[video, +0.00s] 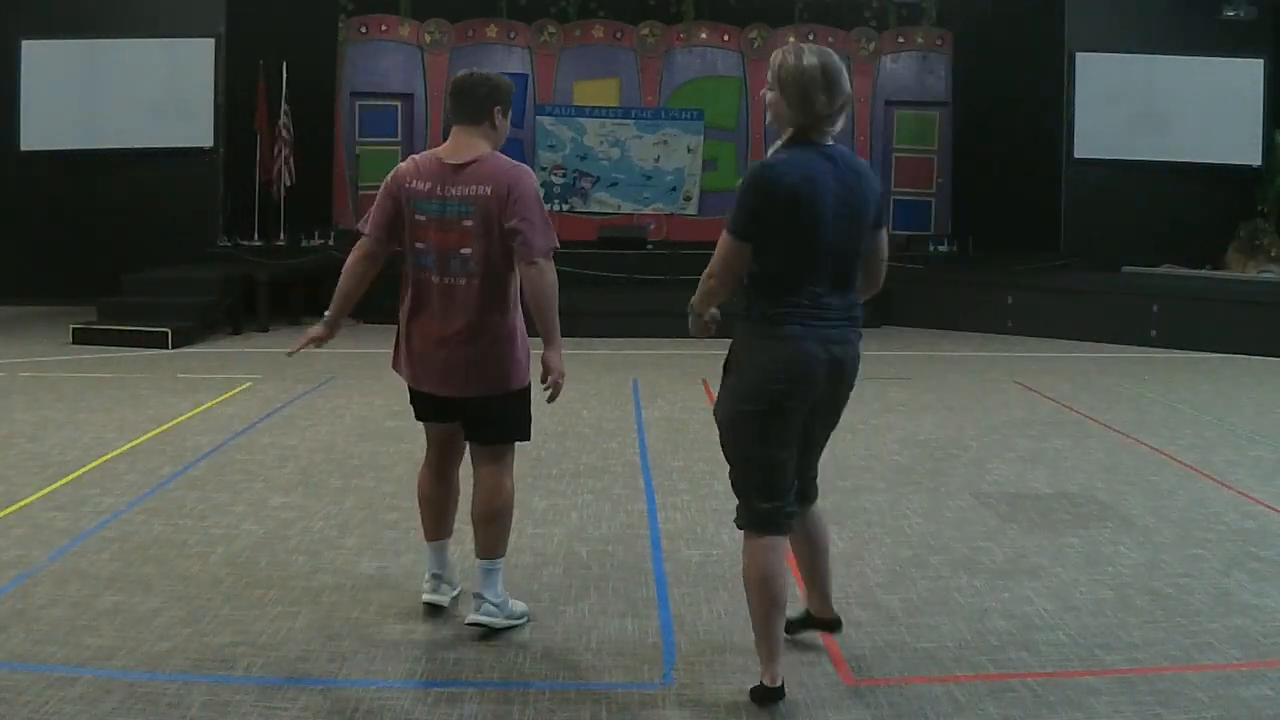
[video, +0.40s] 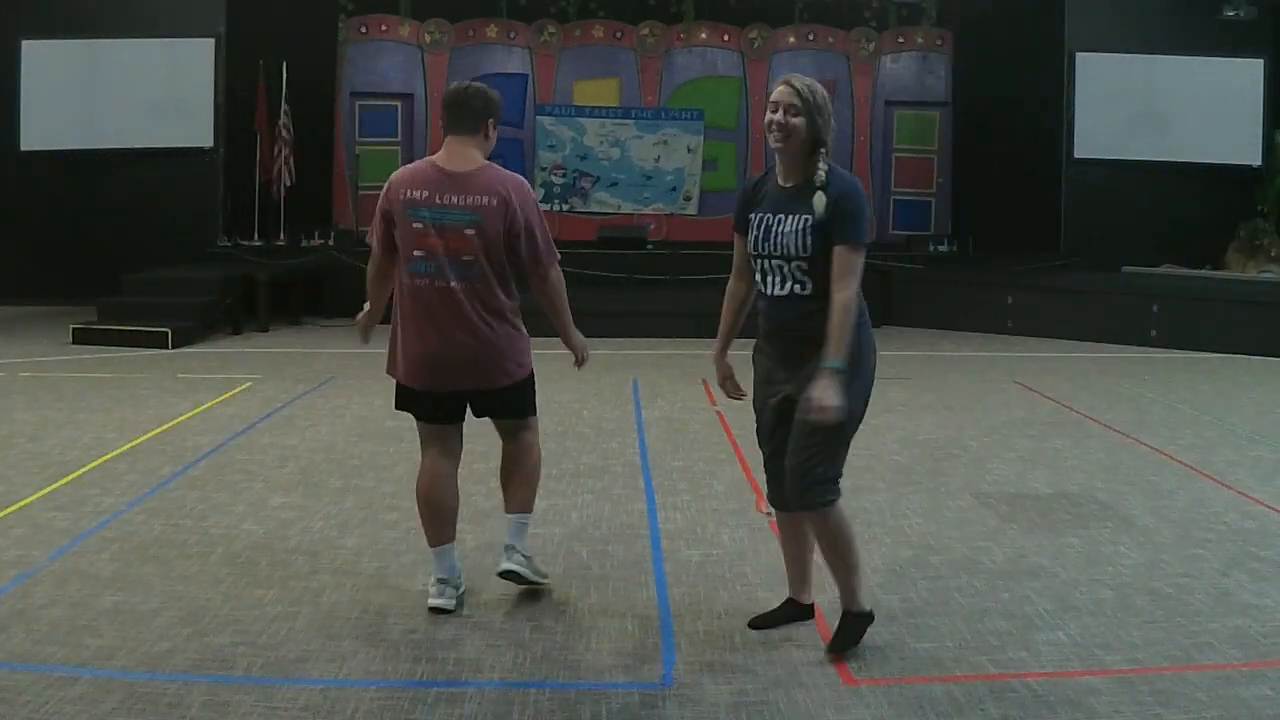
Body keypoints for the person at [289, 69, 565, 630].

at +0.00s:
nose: (509, 125)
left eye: (508, 117)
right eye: (509, 117)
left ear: (450, 115)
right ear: (497, 116)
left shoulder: (407, 174)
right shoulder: (514, 180)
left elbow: (367, 254)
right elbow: (535, 264)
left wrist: (331, 321)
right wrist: (552, 344)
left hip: (425, 352)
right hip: (493, 354)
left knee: (440, 453)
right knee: (493, 464)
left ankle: (437, 579)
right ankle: (490, 596)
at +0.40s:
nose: (497, 136)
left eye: (495, 129)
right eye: (497, 129)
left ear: (441, 125)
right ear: (489, 129)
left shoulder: (401, 183)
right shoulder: (511, 190)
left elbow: (383, 259)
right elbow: (545, 273)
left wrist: (372, 309)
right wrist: (569, 330)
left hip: (423, 350)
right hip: (496, 349)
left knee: (437, 454)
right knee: (520, 435)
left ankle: (444, 579)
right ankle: (515, 547)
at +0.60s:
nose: (499, 134)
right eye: (499, 128)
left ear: (445, 127)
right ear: (495, 129)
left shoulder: (412, 183)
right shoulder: (521, 186)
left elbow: (405, 246)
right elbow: (540, 255)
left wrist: (472, 247)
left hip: (434, 351)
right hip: (505, 351)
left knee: (443, 452)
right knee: (518, 443)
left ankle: (445, 578)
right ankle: (540, 547)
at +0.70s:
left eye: (457, 128)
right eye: (501, 128)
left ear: (453, 129)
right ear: (505, 130)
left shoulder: (423, 186)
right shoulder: (534, 187)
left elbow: (412, 244)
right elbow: (537, 246)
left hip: (445, 352)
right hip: (514, 352)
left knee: (449, 450)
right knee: (522, 446)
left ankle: (446, 577)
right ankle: (538, 550)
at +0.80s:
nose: (457, 133)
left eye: (458, 127)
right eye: (460, 126)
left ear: (467, 128)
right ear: (511, 125)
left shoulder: (439, 183)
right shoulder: (546, 183)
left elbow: (429, 241)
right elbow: (536, 241)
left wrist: (490, 230)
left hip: (455, 347)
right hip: (525, 346)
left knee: (455, 443)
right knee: (528, 442)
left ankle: (448, 569)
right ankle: (539, 550)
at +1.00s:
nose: (471, 139)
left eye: (474, 130)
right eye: (472, 130)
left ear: (491, 132)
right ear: (523, 128)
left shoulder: (464, 184)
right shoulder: (562, 177)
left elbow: (458, 239)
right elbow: (515, 204)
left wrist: (451, 188)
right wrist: (454, 183)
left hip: (474, 337)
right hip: (542, 339)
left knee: (450, 429)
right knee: (539, 437)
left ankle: (453, 538)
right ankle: (541, 549)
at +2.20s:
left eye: (483, 124)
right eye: (537, 130)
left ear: (486, 130)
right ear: (534, 132)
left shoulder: (457, 193)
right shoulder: (554, 177)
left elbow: (446, 227)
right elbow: (496, 190)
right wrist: (414, 209)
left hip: (473, 342)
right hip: (542, 341)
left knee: (467, 437)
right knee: (542, 435)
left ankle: (446, 555)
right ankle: (559, 555)